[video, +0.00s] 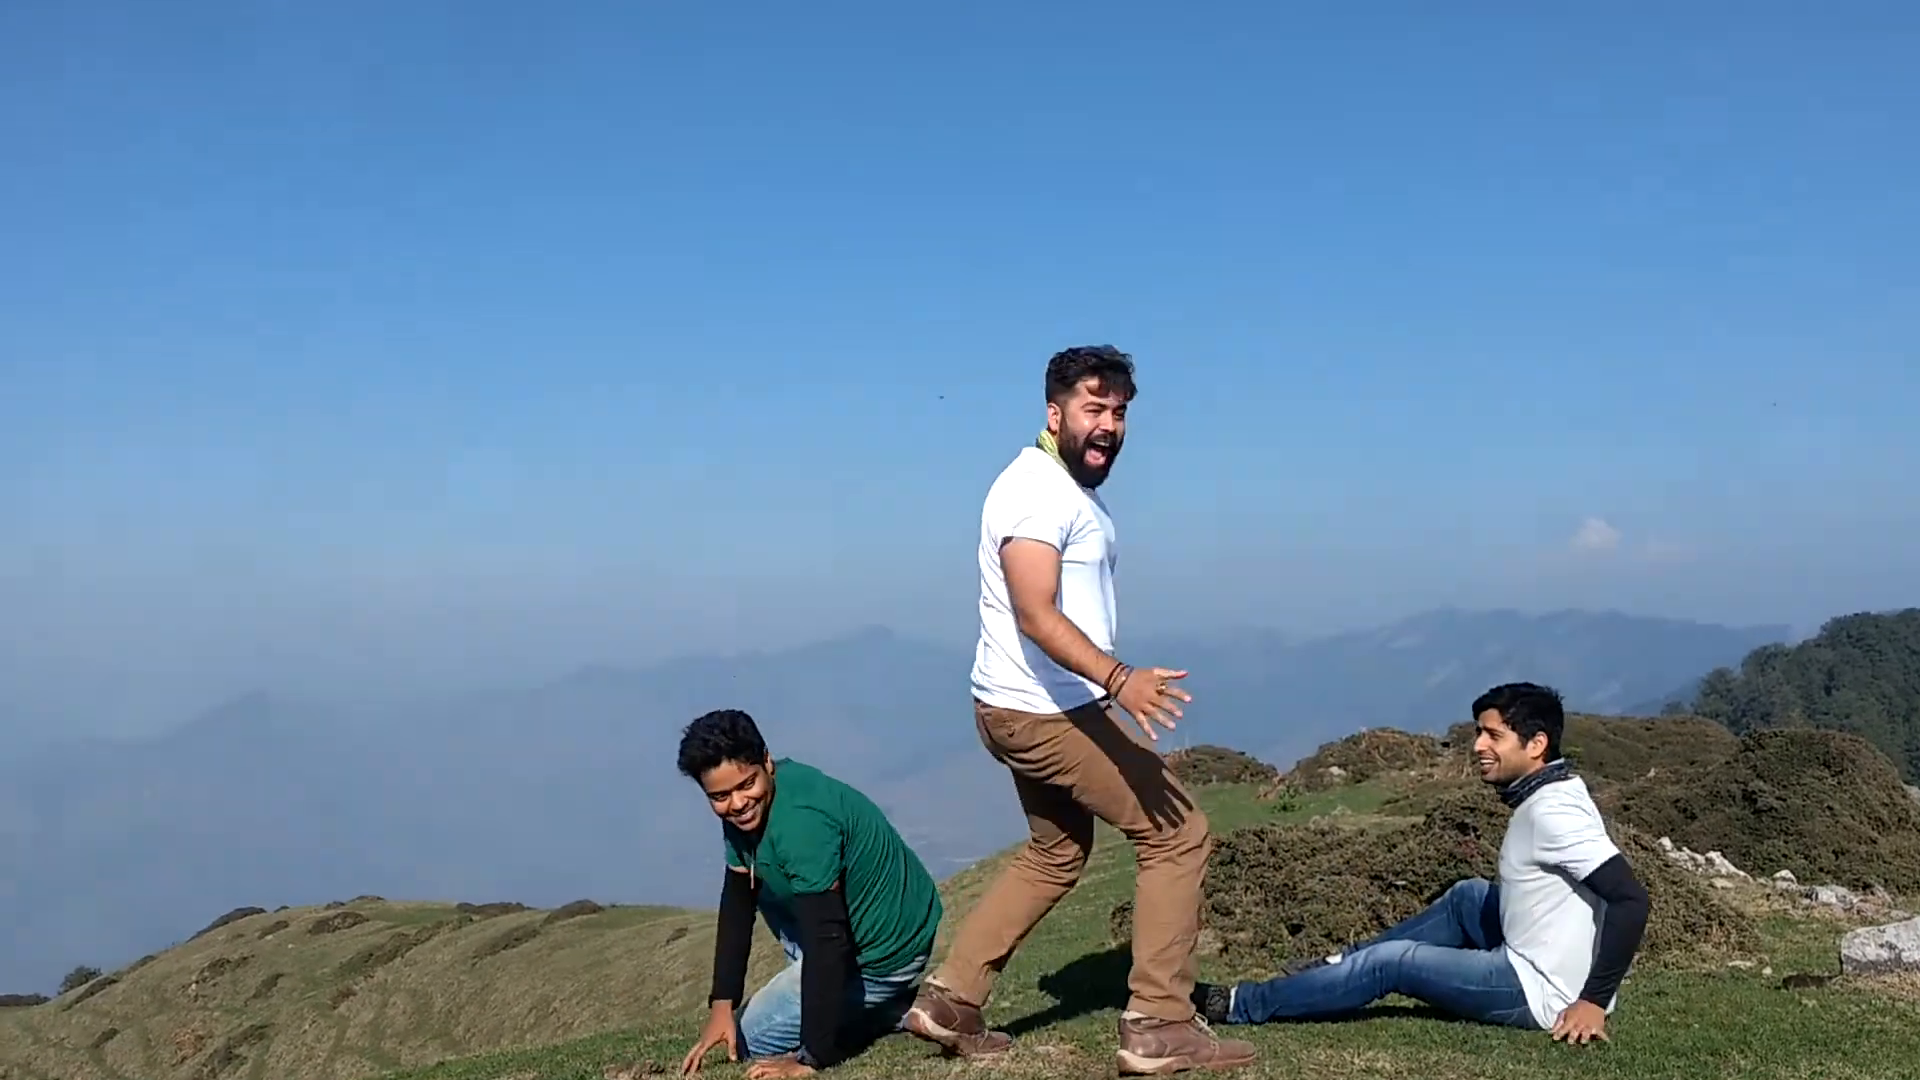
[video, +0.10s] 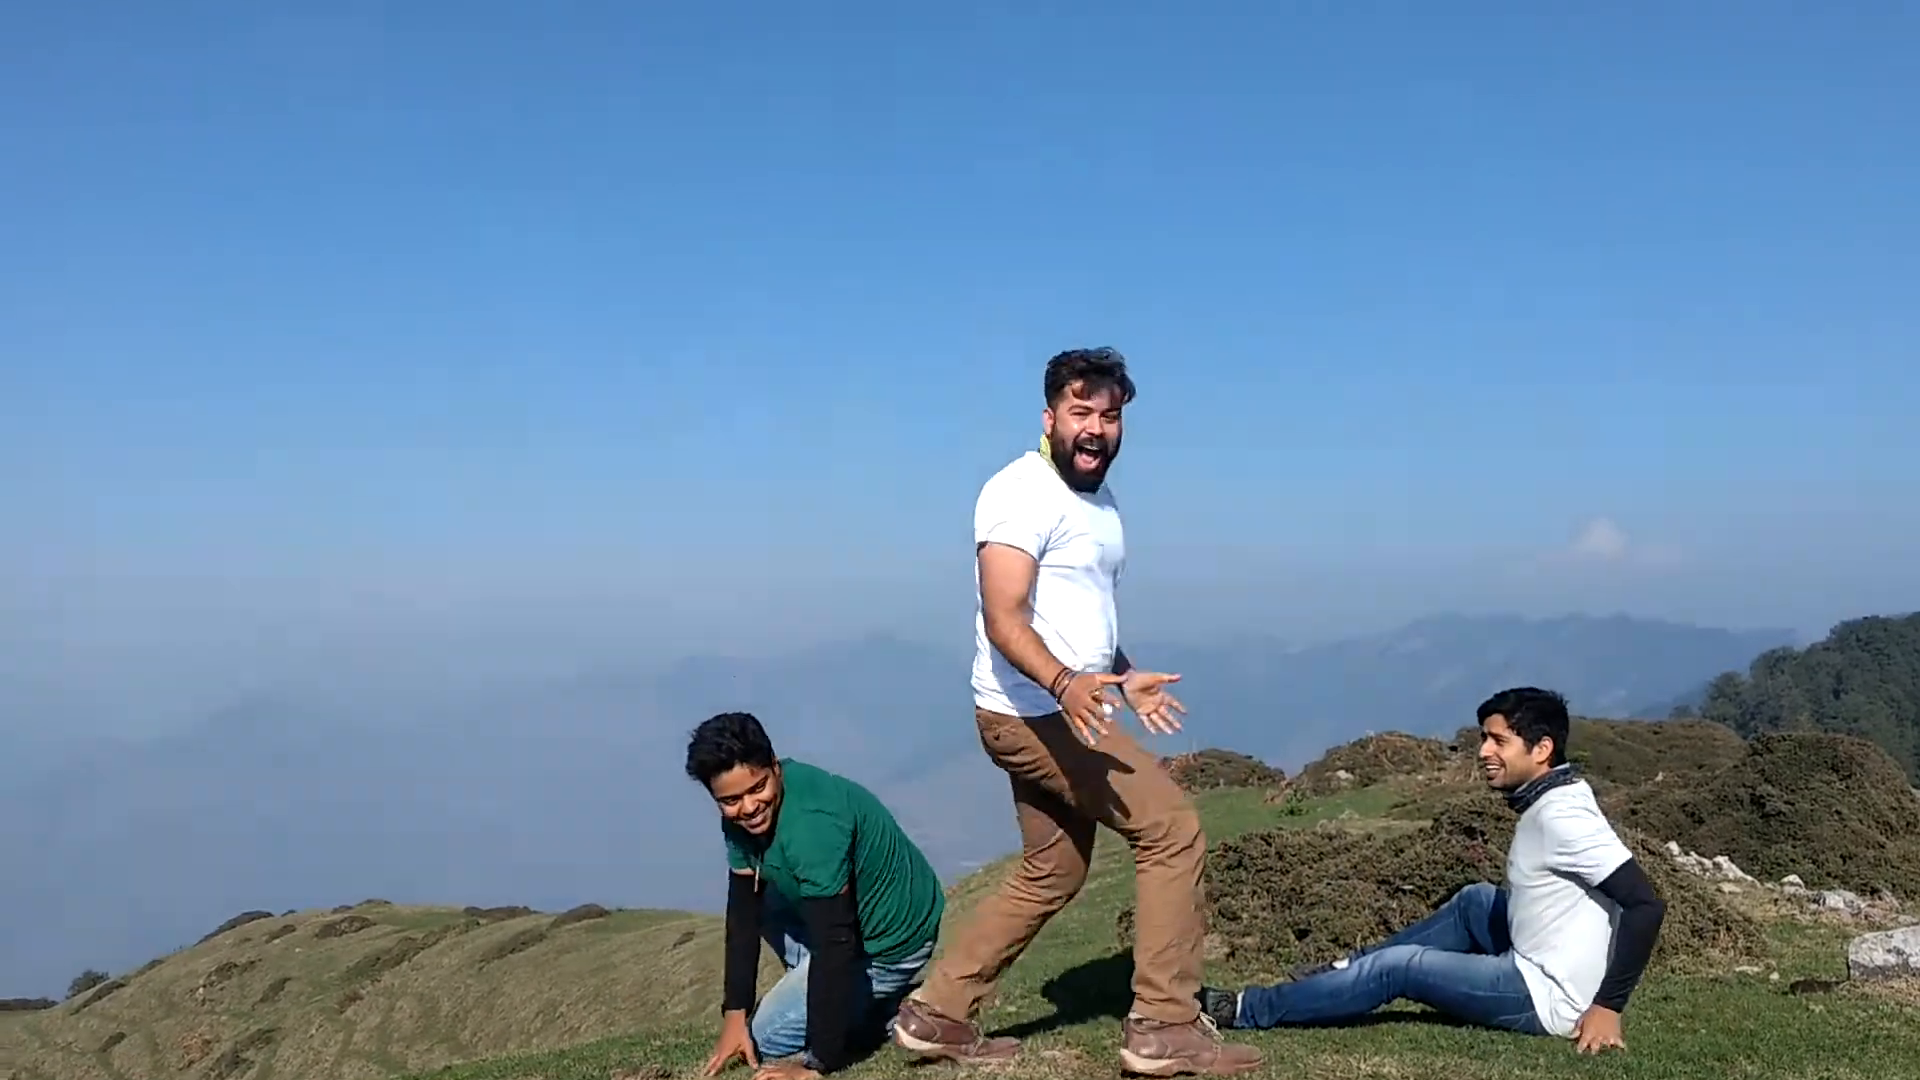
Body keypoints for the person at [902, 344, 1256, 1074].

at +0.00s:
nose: (1110, 426)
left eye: (1120, 412)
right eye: (1094, 410)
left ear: (1126, 417)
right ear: (1054, 413)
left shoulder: (1059, 487)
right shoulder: (1039, 488)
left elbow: (1045, 615)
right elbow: (1036, 614)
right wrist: (1117, 678)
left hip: (1020, 707)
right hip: (1047, 708)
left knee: (1057, 850)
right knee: (1177, 832)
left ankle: (949, 1003)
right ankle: (1160, 1023)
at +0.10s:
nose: (1096, 429)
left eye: (1109, 415)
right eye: (1080, 413)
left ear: (1123, 423)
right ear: (1049, 416)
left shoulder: (1101, 508)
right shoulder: (1021, 489)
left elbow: (1089, 620)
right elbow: (1003, 619)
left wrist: (1125, 673)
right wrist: (1065, 683)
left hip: (1055, 710)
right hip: (1033, 712)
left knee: (1053, 871)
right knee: (1172, 830)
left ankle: (937, 1012)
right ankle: (1165, 1024)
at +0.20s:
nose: (1084, 438)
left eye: (1100, 423)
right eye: (1069, 421)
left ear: (1115, 431)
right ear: (1041, 424)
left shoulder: (1114, 510)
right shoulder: (1005, 498)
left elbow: (1112, 605)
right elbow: (967, 616)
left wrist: (1173, 675)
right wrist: (994, 673)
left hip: (1059, 711)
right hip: (1017, 711)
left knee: (1033, 878)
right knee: (1150, 828)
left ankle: (928, 1022)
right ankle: (1158, 1025)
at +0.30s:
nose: (1089, 442)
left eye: (1103, 427)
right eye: (1072, 427)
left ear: (1116, 432)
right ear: (1042, 432)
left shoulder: (1123, 512)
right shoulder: (1002, 508)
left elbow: (1139, 596)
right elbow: (945, 619)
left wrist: (1223, 652)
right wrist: (954, 680)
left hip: (1073, 720)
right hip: (1013, 712)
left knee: (1031, 888)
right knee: (1136, 821)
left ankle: (924, 1020)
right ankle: (1141, 1019)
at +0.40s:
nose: (1123, 439)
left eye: (1129, 423)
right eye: (1106, 425)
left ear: (1134, 422)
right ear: (1059, 428)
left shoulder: (1136, 501)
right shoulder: (1009, 504)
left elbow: (1176, 569)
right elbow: (945, 607)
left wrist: (1282, 600)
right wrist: (930, 667)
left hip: (1096, 715)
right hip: (1030, 706)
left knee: (1047, 884)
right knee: (1131, 843)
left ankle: (930, 1010)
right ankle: (1101, 1037)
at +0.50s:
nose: (1153, 432)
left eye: (1157, 416)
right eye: (1137, 416)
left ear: (1155, 415)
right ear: (1085, 417)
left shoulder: (1156, 492)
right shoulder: (1021, 496)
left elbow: (1211, 546)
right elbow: (956, 592)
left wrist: (1313, 564)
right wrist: (939, 641)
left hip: (1132, 715)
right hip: (1049, 706)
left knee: (1144, 879)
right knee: (1122, 856)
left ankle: (998, 954)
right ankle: (1107, 1034)